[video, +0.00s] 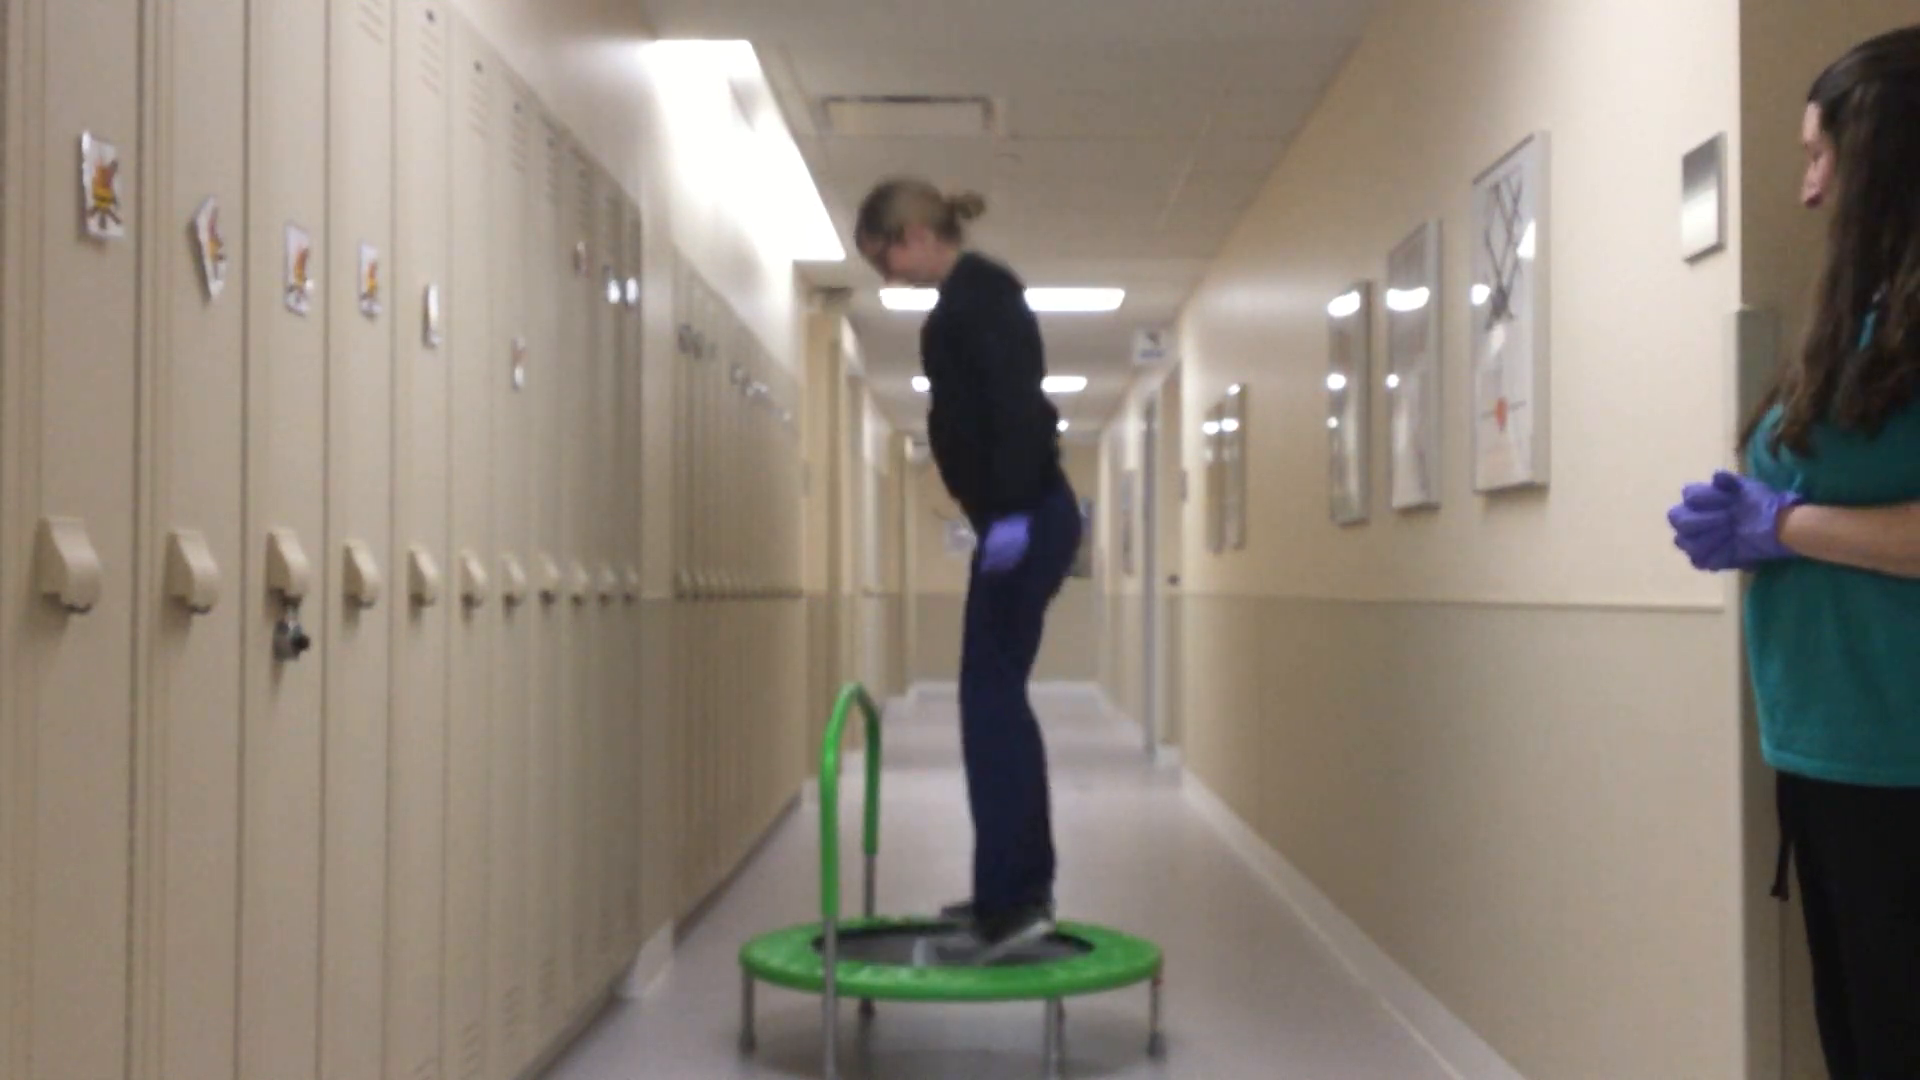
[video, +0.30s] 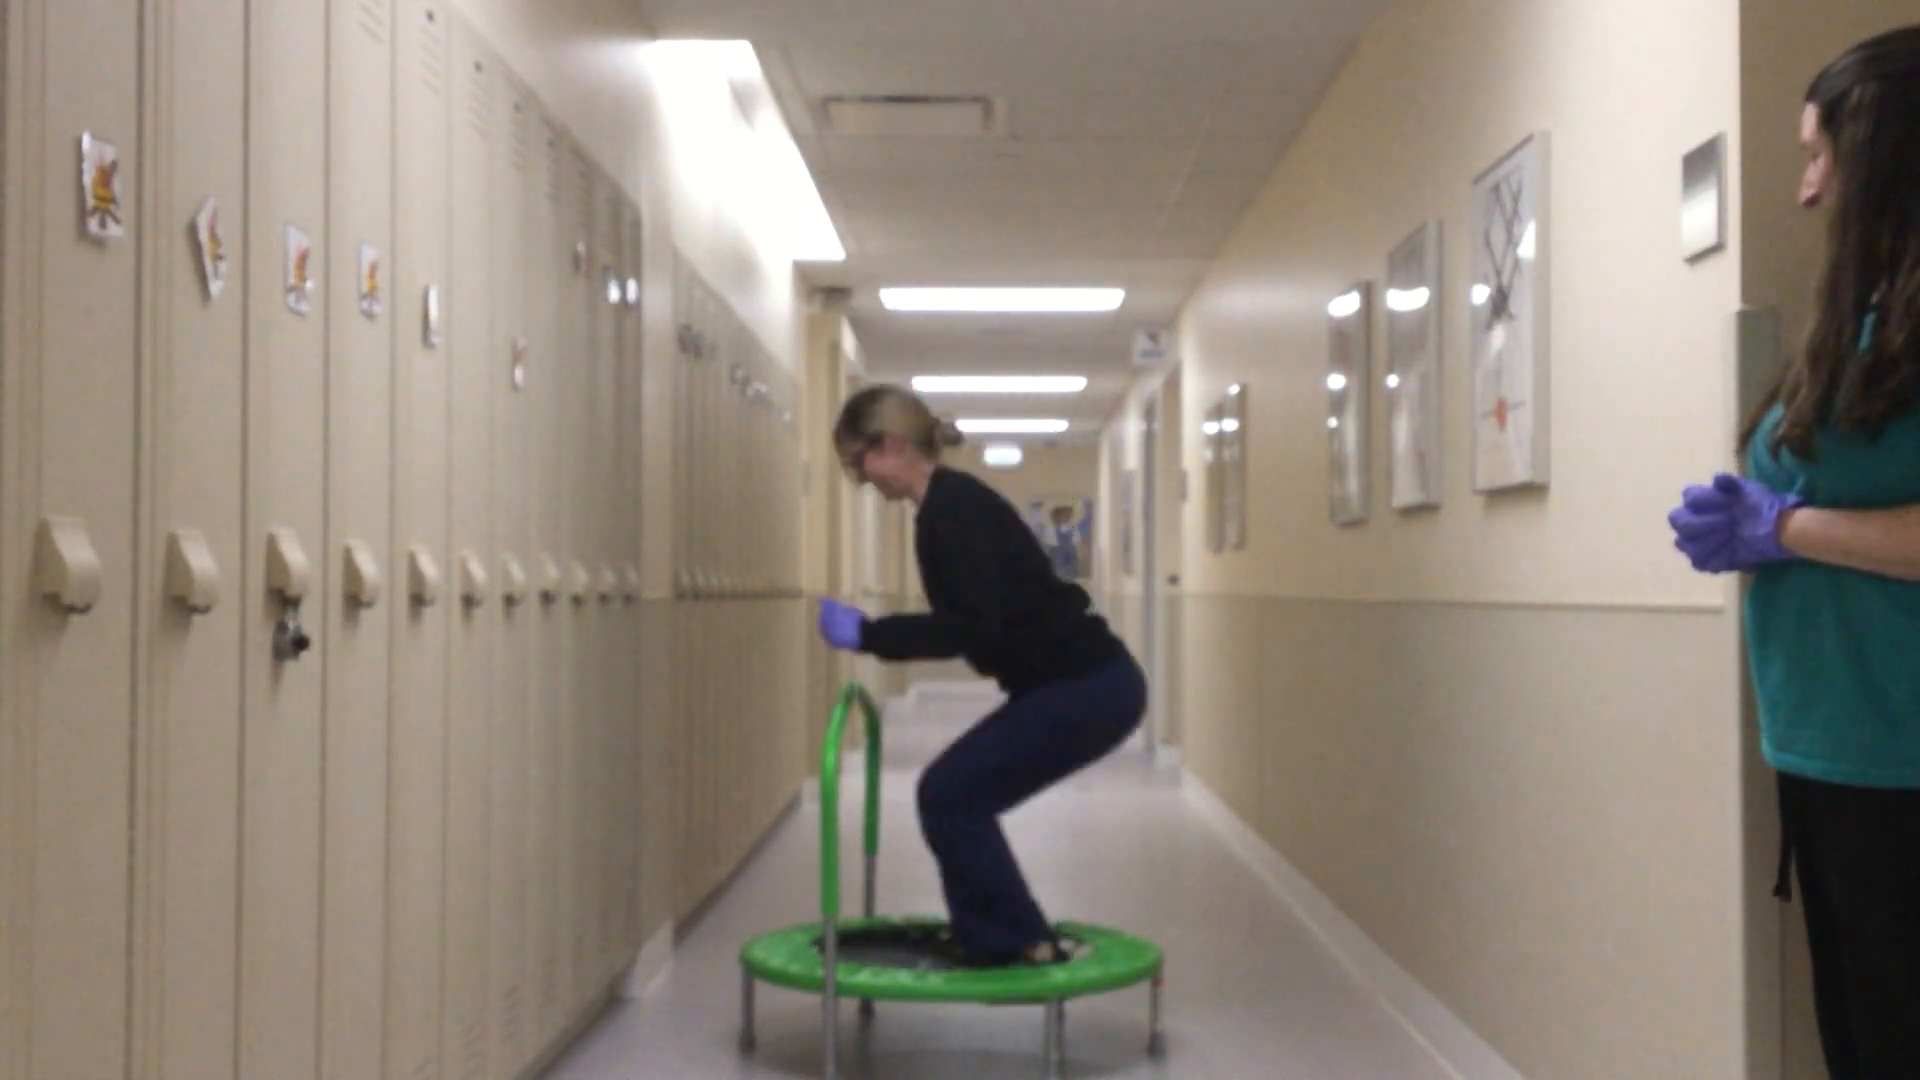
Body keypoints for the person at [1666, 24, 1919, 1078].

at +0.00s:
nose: (1804, 180)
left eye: (1817, 152)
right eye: (1805, 153)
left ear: (1876, 155)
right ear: (1878, 162)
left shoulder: (1901, 316)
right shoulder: (1850, 311)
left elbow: (1910, 529)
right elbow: (1810, 468)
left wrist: (1784, 524)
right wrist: (1754, 508)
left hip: (1889, 751)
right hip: (1818, 742)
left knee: (1889, 1036)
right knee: (1852, 1032)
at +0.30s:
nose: (1802, 184)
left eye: (1816, 153)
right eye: (1803, 156)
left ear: (1878, 155)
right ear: (1879, 161)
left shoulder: (1901, 321)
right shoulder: (1850, 317)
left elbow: (1910, 531)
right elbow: (1802, 466)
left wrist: (1784, 527)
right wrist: (1754, 509)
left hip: (1890, 754)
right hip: (1820, 744)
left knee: (1889, 1040)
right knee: (1853, 1037)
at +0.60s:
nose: (1788, 173)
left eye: (1807, 143)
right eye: (1788, 147)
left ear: (1881, 141)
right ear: (1872, 153)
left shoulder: (1906, 316)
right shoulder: (1840, 312)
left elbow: (1914, 535)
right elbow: (1808, 483)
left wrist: (1781, 534)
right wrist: (1747, 518)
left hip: (1894, 759)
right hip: (1817, 751)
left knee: (1894, 1039)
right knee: (1850, 1039)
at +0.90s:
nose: (1809, 146)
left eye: (1841, 116)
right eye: (1789, 124)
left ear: (1904, 130)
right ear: (1773, 146)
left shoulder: (1910, 285)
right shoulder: (1780, 296)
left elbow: (1919, 527)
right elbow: (1806, 506)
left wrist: (1780, 568)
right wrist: (1735, 560)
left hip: (1900, 752)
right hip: (1810, 753)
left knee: (1894, 1047)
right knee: (1850, 1045)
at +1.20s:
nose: (1762, 158)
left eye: (1788, 123)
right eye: (1746, 136)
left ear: (1866, 125)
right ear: (1739, 154)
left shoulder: (1898, 289)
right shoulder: (1765, 300)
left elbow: (1914, 533)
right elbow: (1783, 535)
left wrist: (1773, 598)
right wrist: (1709, 620)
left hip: (1895, 759)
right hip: (1806, 758)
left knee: (1888, 1044)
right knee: (1845, 1043)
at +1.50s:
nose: (1711, 179)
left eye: (1725, 151)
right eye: (1711, 154)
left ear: (1803, 151)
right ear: (1793, 157)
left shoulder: (1891, 314)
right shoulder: (1765, 334)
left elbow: (1917, 546)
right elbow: (1755, 560)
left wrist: (1794, 609)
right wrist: (1685, 697)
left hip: (1894, 786)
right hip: (1797, 785)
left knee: (1890, 1055)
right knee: (1840, 1057)